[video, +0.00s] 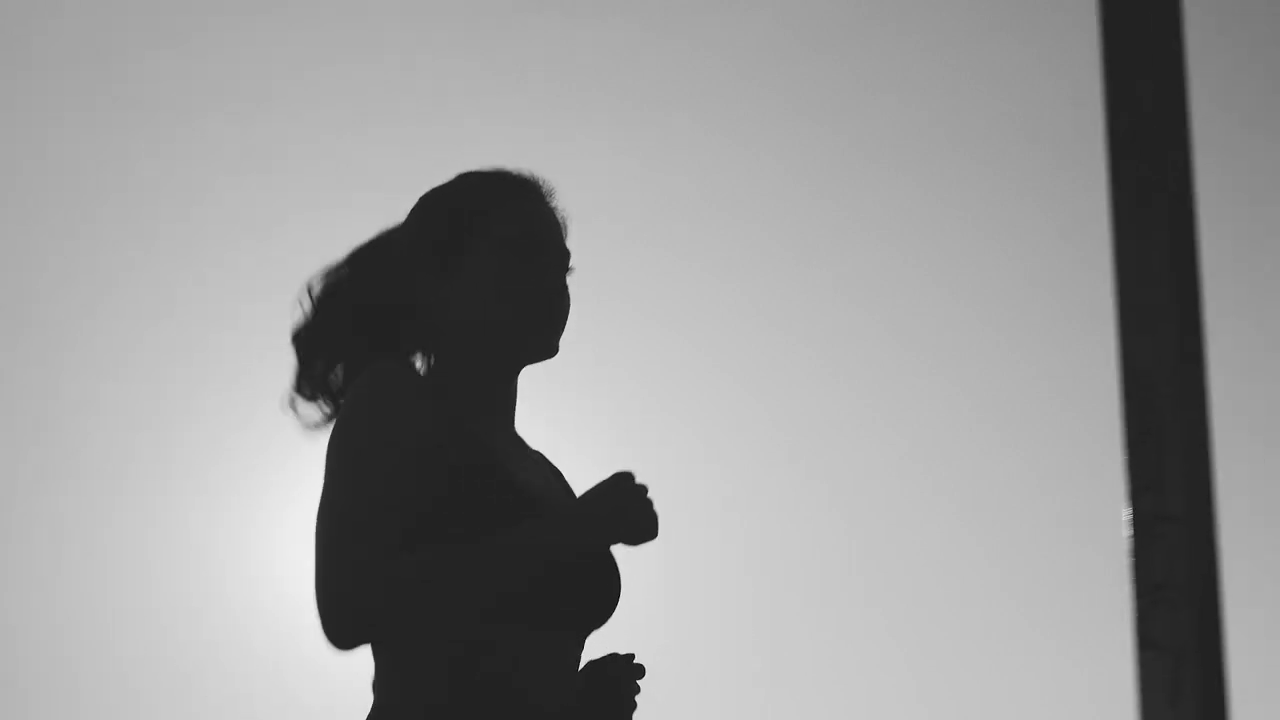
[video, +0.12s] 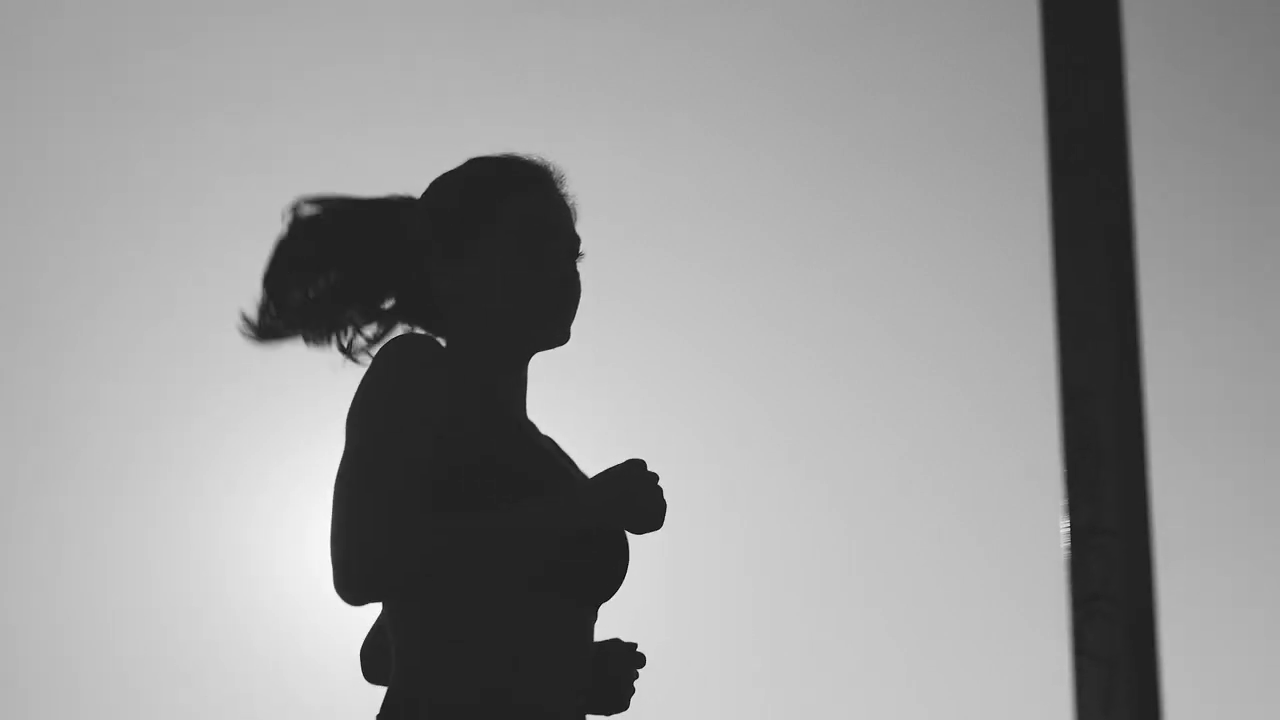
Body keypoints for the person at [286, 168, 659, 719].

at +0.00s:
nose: (563, 292)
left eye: (563, 268)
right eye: (540, 264)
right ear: (463, 273)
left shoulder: (540, 472)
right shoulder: (390, 405)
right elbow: (346, 609)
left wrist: (577, 697)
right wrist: (574, 529)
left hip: (531, 708)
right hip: (423, 705)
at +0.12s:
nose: (575, 276)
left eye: (574, 254)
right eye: (552, 250)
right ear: (473, 261)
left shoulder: (539, 456)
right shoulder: (414, 369)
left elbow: (385, 653)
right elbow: (360, 566)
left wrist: (577, 670)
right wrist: (581, 508)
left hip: (536, 707)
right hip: (441, 703)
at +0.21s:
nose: (582, 272)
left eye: (580, 251)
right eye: (556, 247)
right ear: (478, 263)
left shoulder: (555, 460)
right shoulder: (425, 369)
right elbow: (360, 557)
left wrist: (586, 666)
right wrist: (583, 517)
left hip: (547, 706)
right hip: (449, 700)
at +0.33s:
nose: (594, 285)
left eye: (594, 264)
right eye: (570, 261)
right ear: (489, 276)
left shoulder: (584, 484)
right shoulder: (435, 391)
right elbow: (340, 583)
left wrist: (611, 681)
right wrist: (565, 558)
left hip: (566, 709)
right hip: (460, 702)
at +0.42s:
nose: (600, 308)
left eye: (598, 285)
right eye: (570, 282)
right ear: (485, 308)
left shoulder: (587, 495)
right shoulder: (439, 424)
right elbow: (317, 618)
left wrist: (626, 696)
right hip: (470, 709)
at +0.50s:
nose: (605, 324)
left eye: (603, 306)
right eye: (573, 304)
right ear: (488, 336)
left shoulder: (606, 528)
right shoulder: (439, 459)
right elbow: (288, 658)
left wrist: (646, 706)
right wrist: (505, 673)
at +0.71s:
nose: (620, 360)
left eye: (618, 337)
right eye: (591, 335)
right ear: (509, 359)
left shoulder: (638, 557)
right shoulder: (436, 496)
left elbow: (660, 697)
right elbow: (241, 681)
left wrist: (704, 698)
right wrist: (410, 714)